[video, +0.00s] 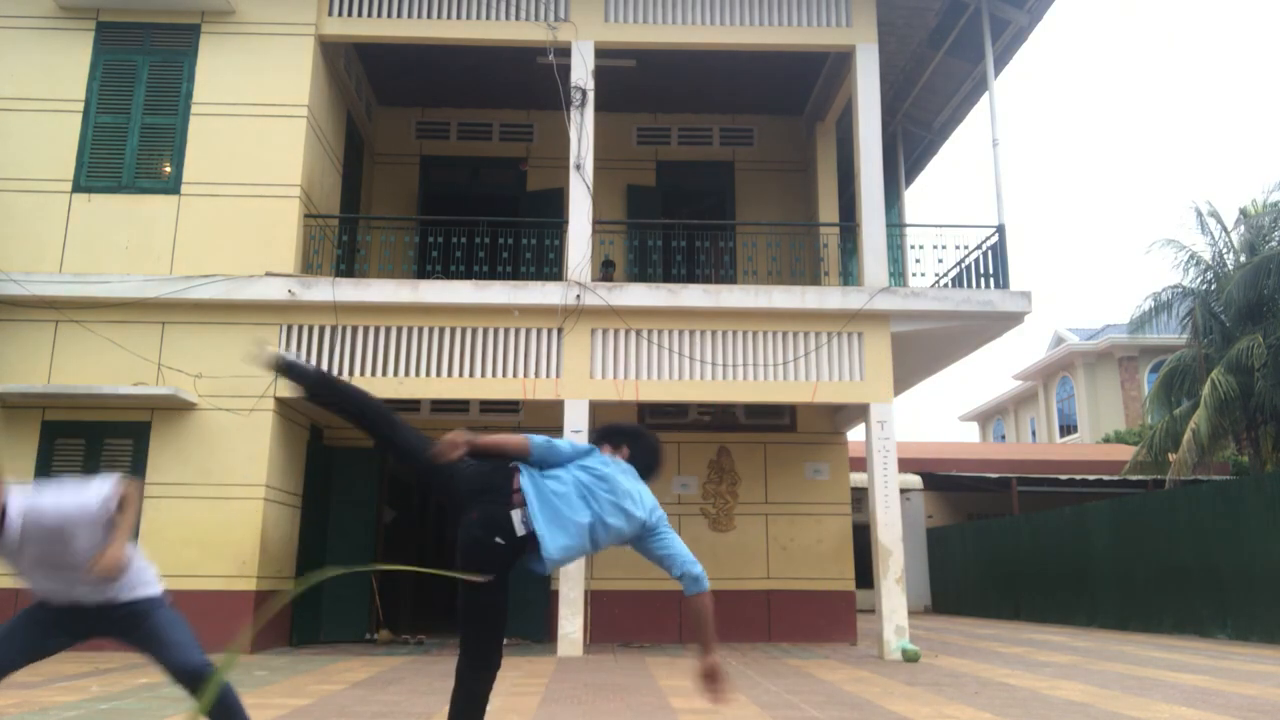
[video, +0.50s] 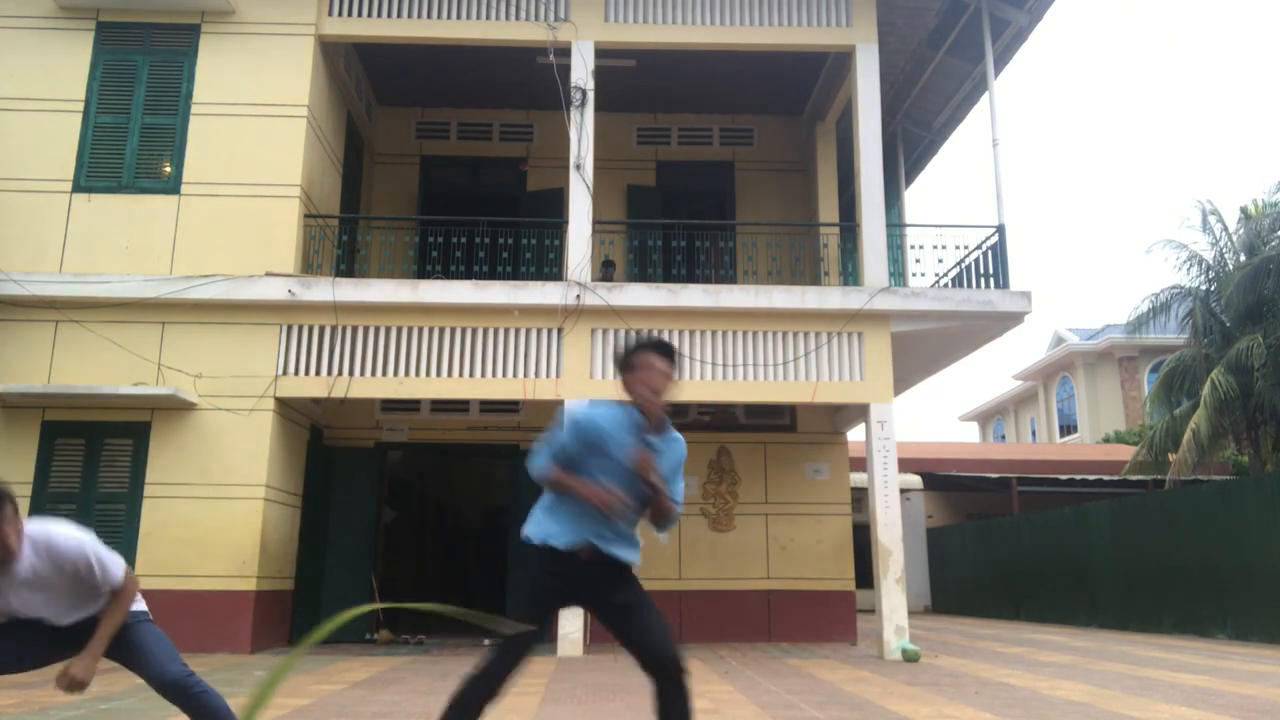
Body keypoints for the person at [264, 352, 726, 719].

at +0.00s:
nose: (595, 453)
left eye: (601, 447)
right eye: (599, 449)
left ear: (619, 451)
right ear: (643, 467)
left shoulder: (591, 453)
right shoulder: (647, 513)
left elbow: (527, 446)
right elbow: (694, 579)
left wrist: (468, 440)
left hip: (486, 486)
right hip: (497, 543)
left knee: (393, 432)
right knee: (480, 657)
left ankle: (306, 376)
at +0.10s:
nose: (628, 454)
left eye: (632, 453)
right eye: (636, 459)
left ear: (632, 459)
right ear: (659, 493)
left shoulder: (594, 453)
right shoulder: (644, 512)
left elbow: (541, 435)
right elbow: (684, 565)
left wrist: (495, 422)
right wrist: (700, 628)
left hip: (484, 482)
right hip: (497, 537)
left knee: (391, 458)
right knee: (475, 656)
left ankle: (317, 425)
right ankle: (458, 715)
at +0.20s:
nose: (614, 417)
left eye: (621, 413)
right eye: (620, 413)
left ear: (635, 422)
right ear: (653, 446)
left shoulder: (599, 424)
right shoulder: (643, 488)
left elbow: (539, 414)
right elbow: (619, 555)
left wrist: (473, 409)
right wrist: (618, 553)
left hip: (511, 486)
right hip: (530, 541)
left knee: (402, 490)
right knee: (491, 649)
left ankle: (431, 540)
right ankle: (473, 716)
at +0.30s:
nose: (601, 368)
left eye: (609, 362)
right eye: (605, 361)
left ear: (629, 372)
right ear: (634, 379)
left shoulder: (613, 395)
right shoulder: (630, 450)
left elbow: (568, 420)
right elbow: (598, 519)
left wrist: (517, 410)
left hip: (548, 501)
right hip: (564, 529)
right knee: (500, 631)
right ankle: (477, 713)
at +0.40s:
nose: (591, 352)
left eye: (601, 344)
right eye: (593, 345)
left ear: (629, 354)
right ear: (604, 353)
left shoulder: (647, 424)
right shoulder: (575, 403)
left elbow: (617, 485)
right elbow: (558, 474)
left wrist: (590, 432)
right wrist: (535, 450)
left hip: (585, 533)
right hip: (538, 527)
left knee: (583, 619)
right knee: (491, 644)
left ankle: (624, 711)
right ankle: (459, 714)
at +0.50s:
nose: (652, 380)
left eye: (661, 372)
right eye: (642, 370)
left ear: (671, 380)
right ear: (625, 377)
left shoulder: (673, 446)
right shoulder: (585, 418)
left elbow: (665, 520)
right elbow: (539, 463)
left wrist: (652, 481)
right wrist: (589, 491)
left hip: (607, 566)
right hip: (548, 556)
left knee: (667, 664)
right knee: (510, 654)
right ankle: (453, 716)